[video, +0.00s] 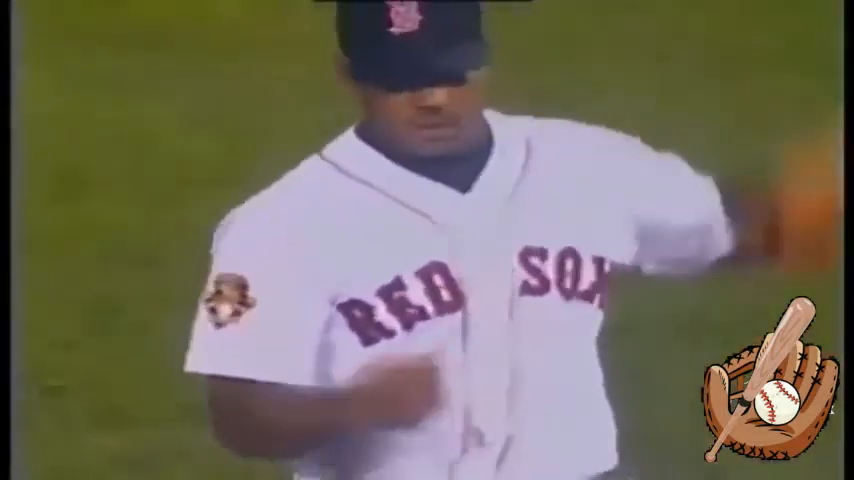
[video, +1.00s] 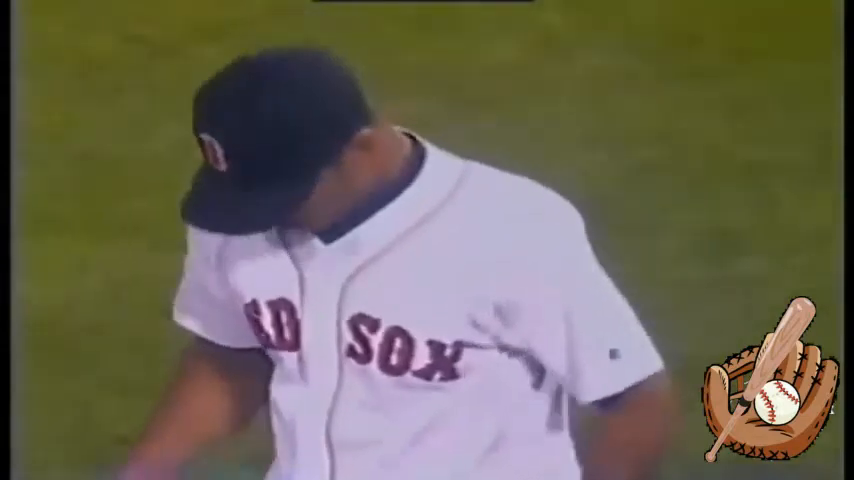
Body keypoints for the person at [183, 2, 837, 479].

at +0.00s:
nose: (432, 100)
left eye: (450, 74)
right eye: (403, 80)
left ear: (479, 59)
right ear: (354, 77)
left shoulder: (586, 168)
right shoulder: (277, 228)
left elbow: (731, 222)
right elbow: (241, 418)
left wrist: (802, 212)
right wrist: (356, 405)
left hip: (575, 468)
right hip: (396, 473)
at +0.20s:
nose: (365, 116)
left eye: (388, 90)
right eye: (336, 94)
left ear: (440, 77)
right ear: (303, 89)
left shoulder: (548, 211)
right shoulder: (223, 220)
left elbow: (664, 376)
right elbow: (157, 428)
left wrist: (692, 468)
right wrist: (159, 338)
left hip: (495, 469)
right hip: (296, 470)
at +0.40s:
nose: (310, 129)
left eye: (335, 105)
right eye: (288, 107)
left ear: (398, 88)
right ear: (261, 100)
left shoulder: (510, 227)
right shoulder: (198, 220)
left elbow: (570, 417)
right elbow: (162, 375)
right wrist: (117, 392)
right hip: (244, 474)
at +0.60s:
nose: (263, 120)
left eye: (291, 95)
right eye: (246, 95)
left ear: (368, 81)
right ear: (228, 85)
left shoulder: (495, 216)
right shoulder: (196, 207)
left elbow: (552, 406)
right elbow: (181, 371)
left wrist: (427, 476)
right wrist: (156, 473)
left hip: (407, 468)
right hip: (243, 471)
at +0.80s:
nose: (254, 173)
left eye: (267, 152)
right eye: (240, 155)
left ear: (333, 115)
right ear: (222, 127)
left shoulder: (507, 211)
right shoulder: (214, 199)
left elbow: (592, 402)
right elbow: (216, 372)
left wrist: (516, 472)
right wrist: (163, 469)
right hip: (274, 465)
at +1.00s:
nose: (270, 226)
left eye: (284, 203)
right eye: (252, 209)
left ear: (353, 150)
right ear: (229, 172)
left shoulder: (522, 228)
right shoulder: (237, 215)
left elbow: (643, 404)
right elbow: (229, 361)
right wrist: (142, 467)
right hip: (305, 465)